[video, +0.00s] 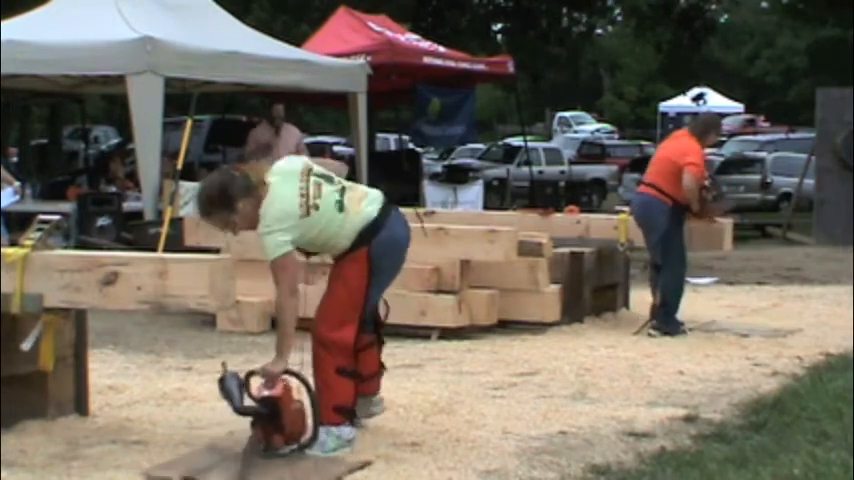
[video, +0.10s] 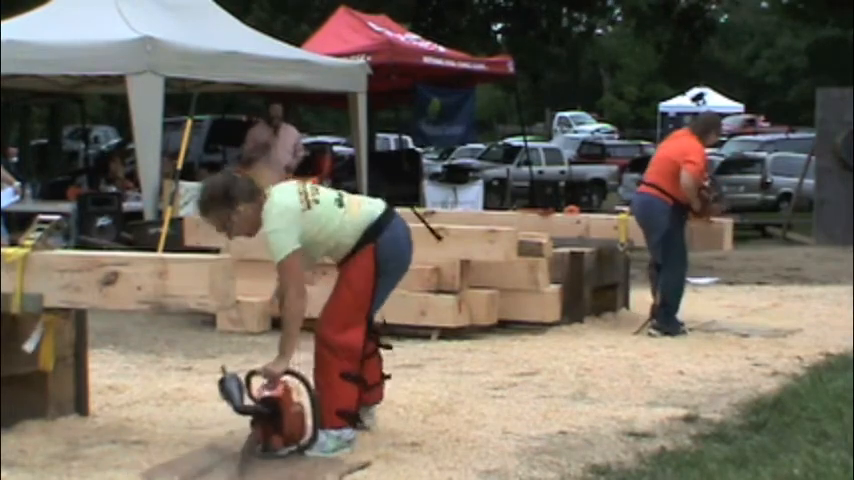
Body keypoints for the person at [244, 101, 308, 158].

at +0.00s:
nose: (278, 120)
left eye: (280, 117)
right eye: (275, 117)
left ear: (284, 116)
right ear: (270, 115)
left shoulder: (293, 132)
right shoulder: (257, 133)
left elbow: (304, 156)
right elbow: (248, 157)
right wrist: (262, 150)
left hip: (288, 173)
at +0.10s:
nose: (275, 120)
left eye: (278, 117)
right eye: (272, 117)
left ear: (282, 117)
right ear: (268, 116)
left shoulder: (292, 133)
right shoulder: (255, 131)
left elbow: (300, 153)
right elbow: (245, 157)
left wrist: (292, 165)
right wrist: (260, 150)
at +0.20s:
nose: (273, 119)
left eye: (275, 116)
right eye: (270, 116)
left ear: (279, 116)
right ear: (265, 115)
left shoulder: (288, 132)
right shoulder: (253, 130)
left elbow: (296, 152)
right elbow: (243, 155)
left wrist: (289, 165)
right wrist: (260, 146)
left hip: (280, 177)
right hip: (256, 176)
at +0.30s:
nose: (270, 119)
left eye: (273, 116)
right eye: (268, 116)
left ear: (277, 115)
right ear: (263, 115)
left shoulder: (285, 131)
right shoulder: (251, 130)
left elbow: (294, 152)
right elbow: (241, 155)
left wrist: (287, 164)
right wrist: (257, 146)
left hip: (278, 177)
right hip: (254, 176)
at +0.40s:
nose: (268, 119)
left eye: (270, 116)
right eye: (265, 116)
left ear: (274, 116)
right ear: (260, 115)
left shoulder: (282, 132)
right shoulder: (247, 131)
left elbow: (290, 152)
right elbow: (238, 154)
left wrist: (284, 165)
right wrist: (254, 147)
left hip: (275, 177)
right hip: (251, 176)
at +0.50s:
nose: (266, 119)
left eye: (268, 116)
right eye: (263, 115)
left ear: (272, 115)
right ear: (257, 114)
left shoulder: (279, 132)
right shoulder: (246, 131)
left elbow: (288, 152)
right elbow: (236, 156)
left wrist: (282, 165)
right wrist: (252, 147)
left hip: (273, 177)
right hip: (249, 177)